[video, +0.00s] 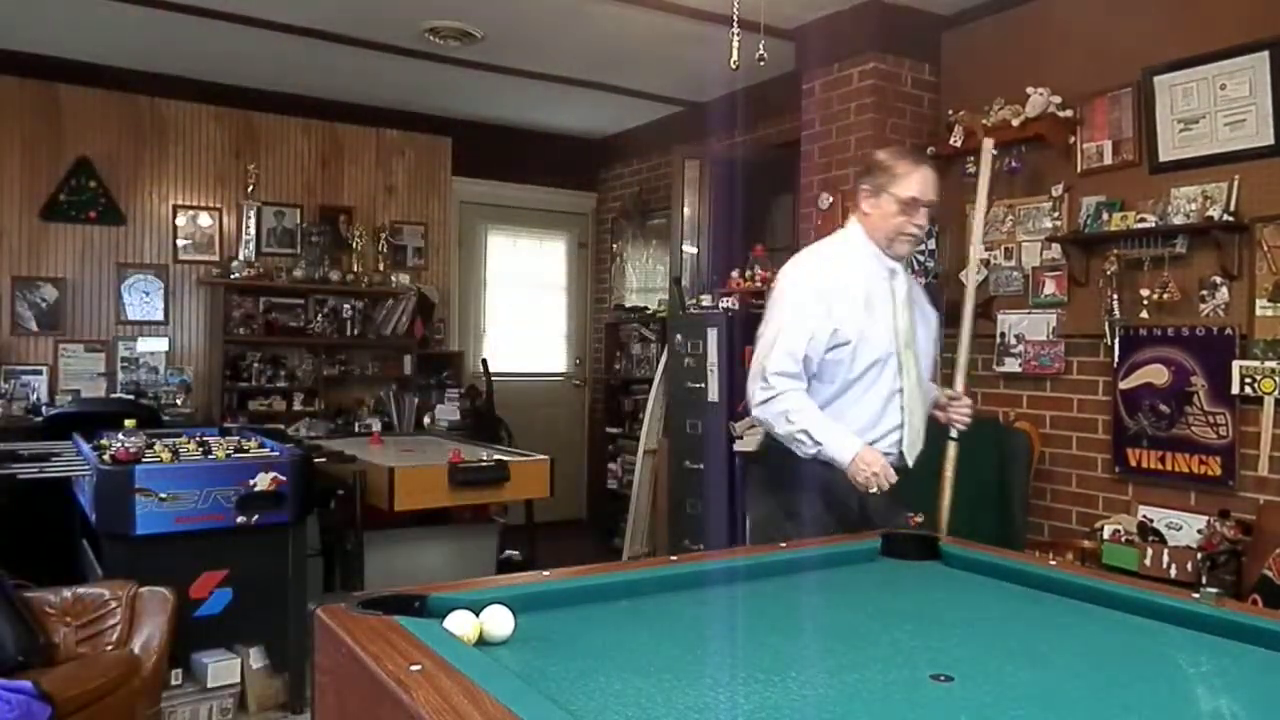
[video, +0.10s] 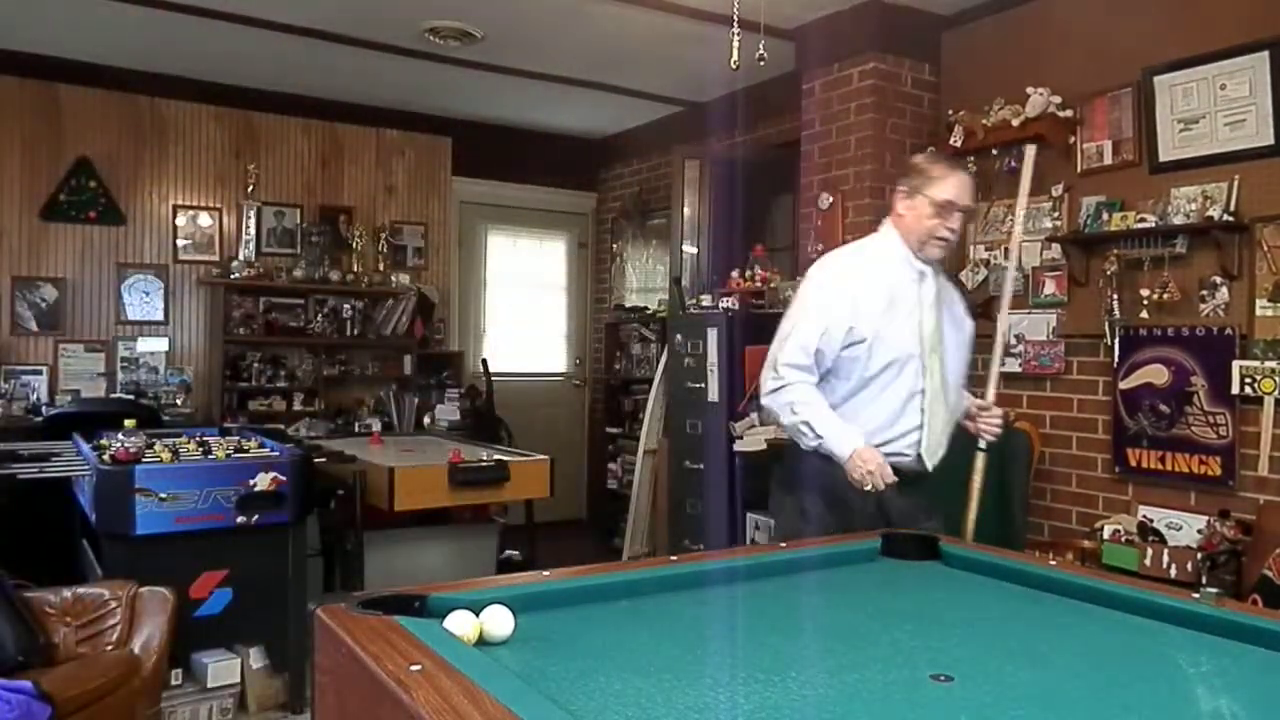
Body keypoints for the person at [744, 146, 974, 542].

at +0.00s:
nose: (921, 222)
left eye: (928, 210)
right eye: (909, 206)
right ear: (867, 200)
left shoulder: (910, 289)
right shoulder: (813, 273)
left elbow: (887, 375)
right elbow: (771, 390)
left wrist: (934, 399)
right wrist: (849, 451)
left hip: (880, 480)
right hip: (806, 478)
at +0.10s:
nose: (954, 226)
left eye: (963, 215)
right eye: (943, 209)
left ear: (969, 220)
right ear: (903, 202)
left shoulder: (950, 299)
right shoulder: (841, 274)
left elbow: (919, 378)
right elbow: (783, 382)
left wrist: (964, 407)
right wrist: (849, 448)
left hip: (911, 488)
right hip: (828, 485)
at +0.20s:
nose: (985, 227)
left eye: (995, 217)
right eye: (975, 209)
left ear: (1001, 222)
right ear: (935, 199)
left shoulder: (983, 303)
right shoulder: (865, 270)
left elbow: (982, 386)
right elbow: (801, 374)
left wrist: (999, 415)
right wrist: (859, 440)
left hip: (936, 490)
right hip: (851, 482)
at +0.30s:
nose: (1007, 223)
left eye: (1017, 215)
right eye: (997, 205)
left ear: (1021, 220)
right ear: (957, 195)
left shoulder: (1005, 298)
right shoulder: (886, 265)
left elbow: (1012, 379)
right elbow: (818, 366)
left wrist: (1022, 413)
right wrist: (875, 435)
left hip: (956, 488)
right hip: (866, 479)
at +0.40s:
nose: (1021, 225)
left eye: (1034, 216)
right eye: (1011, 207)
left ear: (1040, 220)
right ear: (972, 196)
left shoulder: (1025, 298)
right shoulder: (902, 264)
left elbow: (1036, 378)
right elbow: (835, 366)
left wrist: (1040, 415)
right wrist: (894, 435)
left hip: (967, 490)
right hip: (878, 482)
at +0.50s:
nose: (1034, 232)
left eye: (1047, 221)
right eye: (1023, 212)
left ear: (1054, 224)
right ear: (984, 200)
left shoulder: (1039, 298)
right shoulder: (915, 270)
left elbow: (1047, 381)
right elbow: (854, 374)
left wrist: (1053, 416)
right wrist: (920, 442)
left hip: (984, 491)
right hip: (894, 485)